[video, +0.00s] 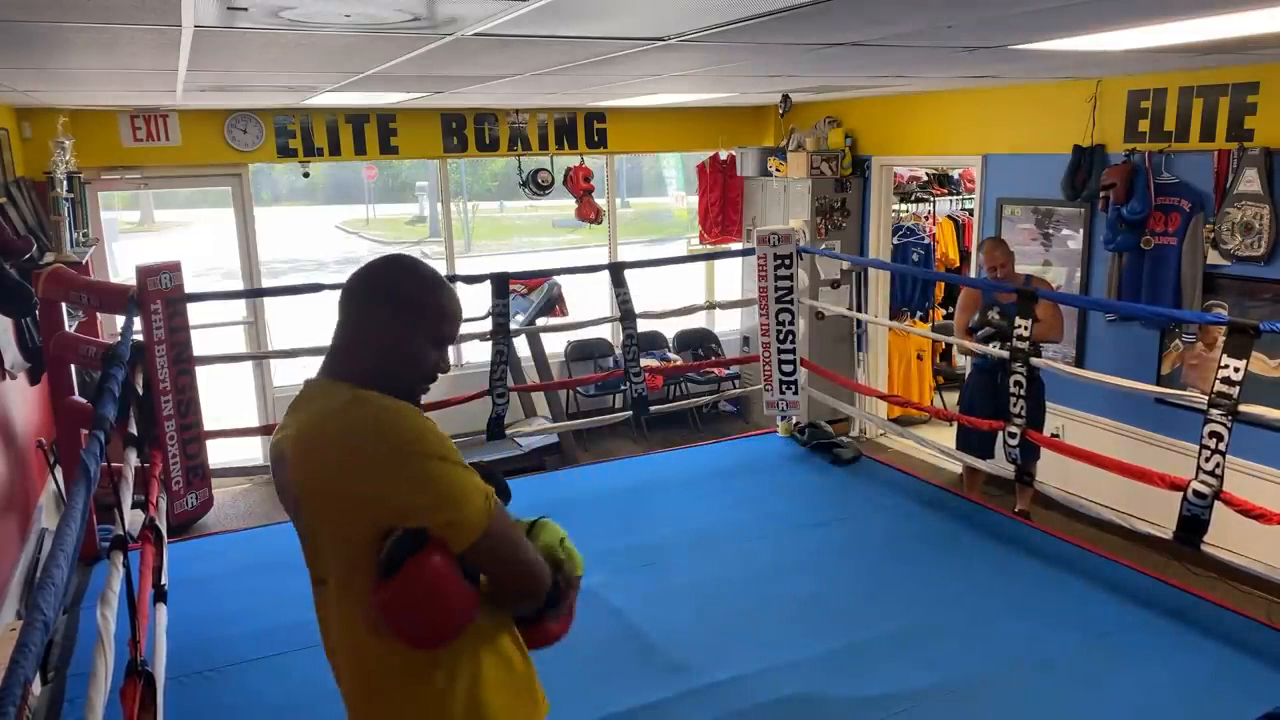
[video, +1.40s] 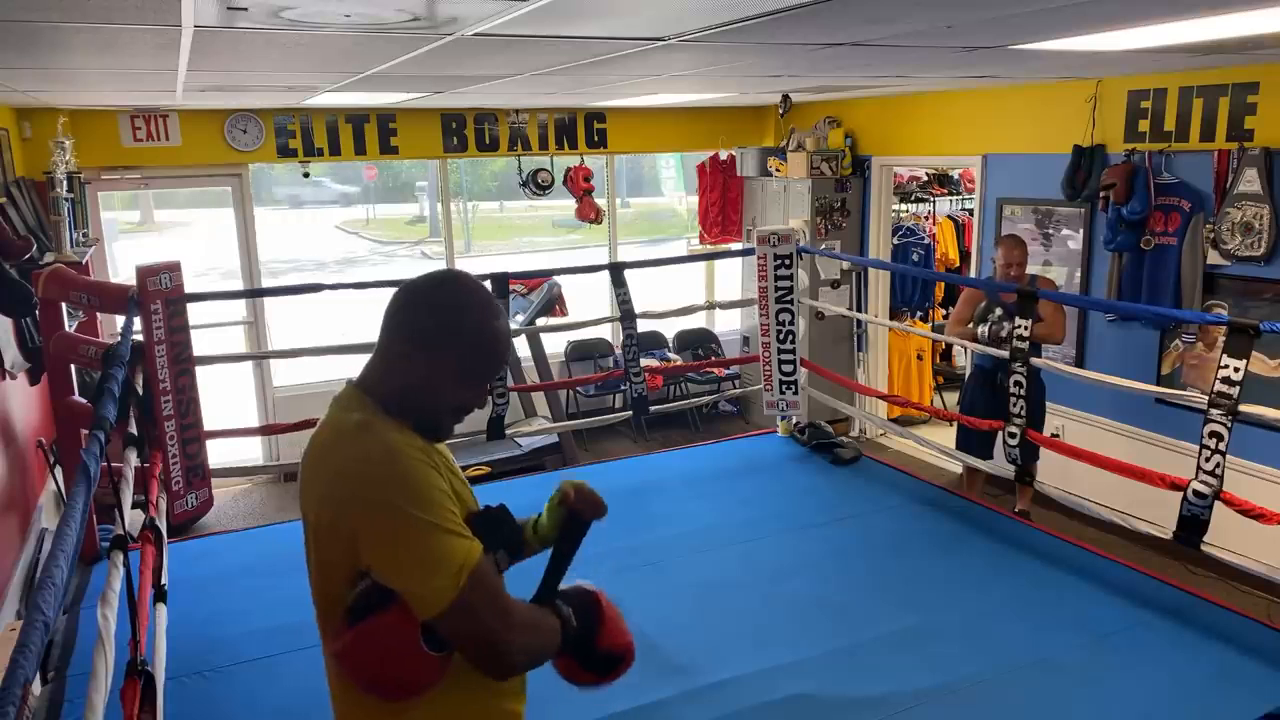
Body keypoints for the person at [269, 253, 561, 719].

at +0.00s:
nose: (445, 366)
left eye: (448, 348)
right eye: (439, 344)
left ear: (358, 325)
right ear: (390, 327)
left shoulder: (301, 423)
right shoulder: (396, 431)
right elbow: (528, 578)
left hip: (377, 694)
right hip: (463, 701)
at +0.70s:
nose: (444, 385)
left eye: (450, 369)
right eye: (439, 367)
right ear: (386, 346)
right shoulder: (353, 446)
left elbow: (459, 489)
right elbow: (492, 608)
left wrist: (535, 535)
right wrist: (518, 583)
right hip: (426, 708)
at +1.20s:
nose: (465, 398)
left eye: (471, 380)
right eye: (461, 379)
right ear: (407, 354)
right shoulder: (363, 459)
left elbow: (448, 539)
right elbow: (485, 636)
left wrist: (530, 549)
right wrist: (558, 634)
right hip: (407, 708)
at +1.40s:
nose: (481, 402)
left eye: (489, 386)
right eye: (480, 382)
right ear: (429, 358)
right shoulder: (385, 465)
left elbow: (440, 559)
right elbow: (502, 643)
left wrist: (542, 529)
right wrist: (566, 617)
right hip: (439, 708)